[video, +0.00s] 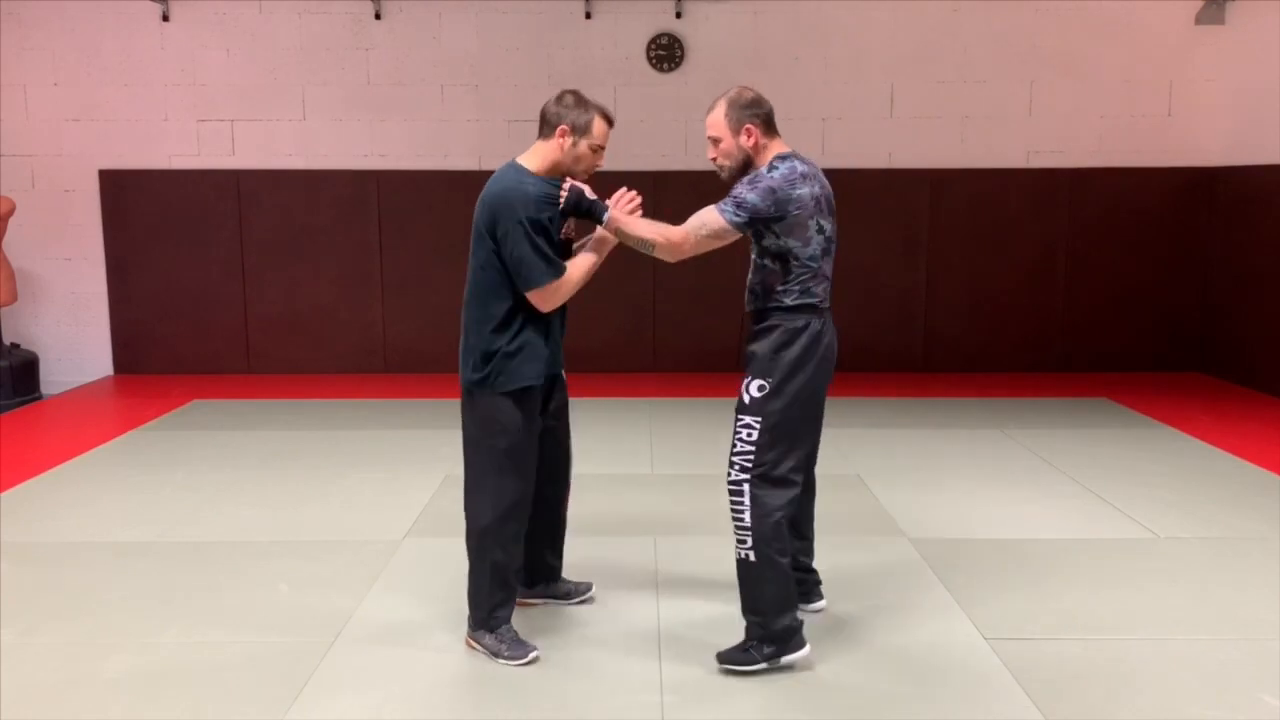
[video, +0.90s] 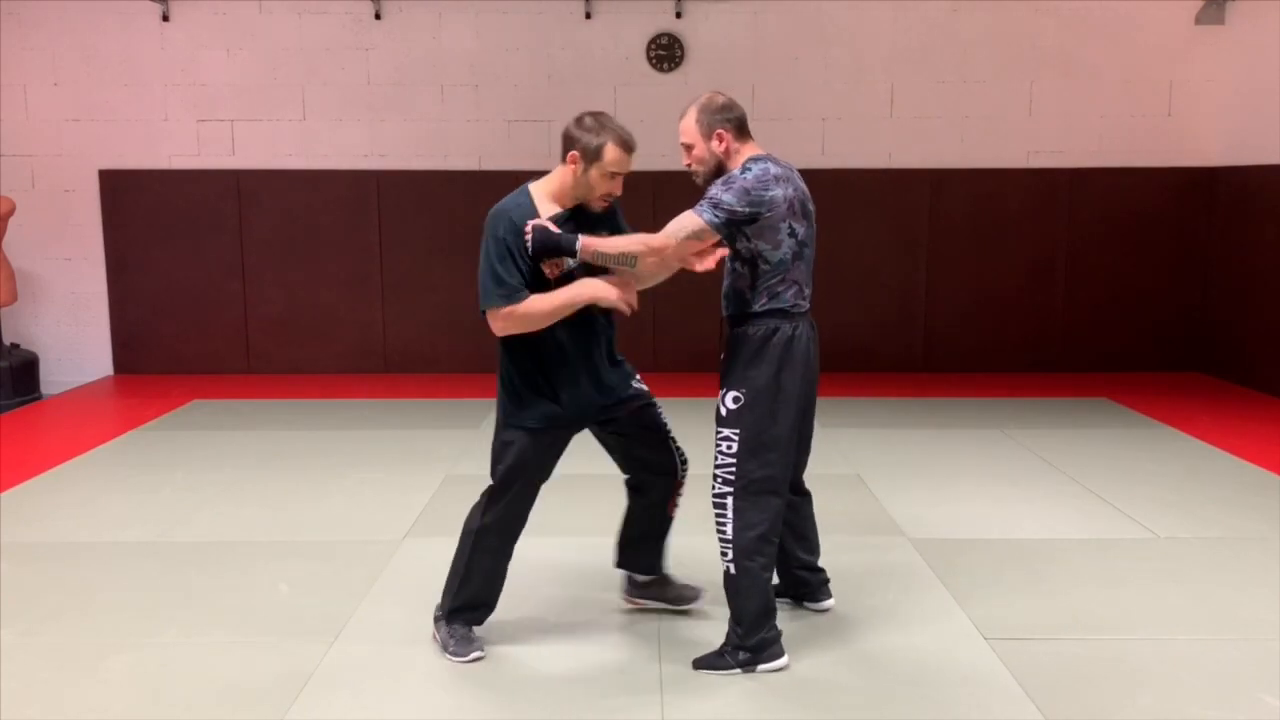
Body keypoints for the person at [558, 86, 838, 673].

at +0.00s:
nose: (710, 153)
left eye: (716, 141)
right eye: (709, 141)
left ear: (751, 134)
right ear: (758, 135)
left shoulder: (776, 186)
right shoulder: (804, 177)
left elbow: (676, 244)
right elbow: (693, 240)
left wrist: (597, 209)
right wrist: (611, 220)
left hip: (786, 340)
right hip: (805, 336)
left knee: (752, 478)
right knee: (790, 470)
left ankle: (773, 633)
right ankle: (799, 584)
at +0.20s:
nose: (698, 156)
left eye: (702, 144)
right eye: (696, 145)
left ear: (735, 138)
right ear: (745, 137)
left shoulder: (756, 190)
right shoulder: (798, 178)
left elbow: (663, 248)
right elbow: (790, 272)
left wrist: (588, 230)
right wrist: (746, 320)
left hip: (772, 344)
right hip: (798, 340)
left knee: (751, 488)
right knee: (786, 470)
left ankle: (755, 641)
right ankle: (798, 580)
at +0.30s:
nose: (691, 159)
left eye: (694, 147)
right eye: (689, 148)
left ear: (725, 138)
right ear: (736, 137)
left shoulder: (747, 190)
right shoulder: (794, 175)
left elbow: (655, 248)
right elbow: (789, 274)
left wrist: (582, 230)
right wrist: (744, 321)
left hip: (768, 344)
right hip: (800, 339)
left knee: (751, 489)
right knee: (790, 472)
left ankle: (757, 641)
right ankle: (798, 577)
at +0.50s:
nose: (690, 157)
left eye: (693, 145)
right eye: (687, 146)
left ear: (725, 136)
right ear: (737, 134)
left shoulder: (751, 189)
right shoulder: (790, 178)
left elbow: (653, 248)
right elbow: (681, 245)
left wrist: (570, 226)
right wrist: (594, 237)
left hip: (763, 346)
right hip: (794, 342)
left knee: (747, 490)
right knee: (787, 475)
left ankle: (756, 640)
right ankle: (803, 582)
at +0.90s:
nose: (687, 160)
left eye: (690, 147)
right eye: (683, 149)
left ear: (723, 138)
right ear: (732, 136)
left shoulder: (752, 185)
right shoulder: (779, 177)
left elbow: (661, 248)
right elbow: (693, 251)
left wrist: (572, 244)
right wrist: (617, 273)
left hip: (765, 345)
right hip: (789, 340)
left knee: (741, 489)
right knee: (780, 474)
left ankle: (753, 640)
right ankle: (804, 580)